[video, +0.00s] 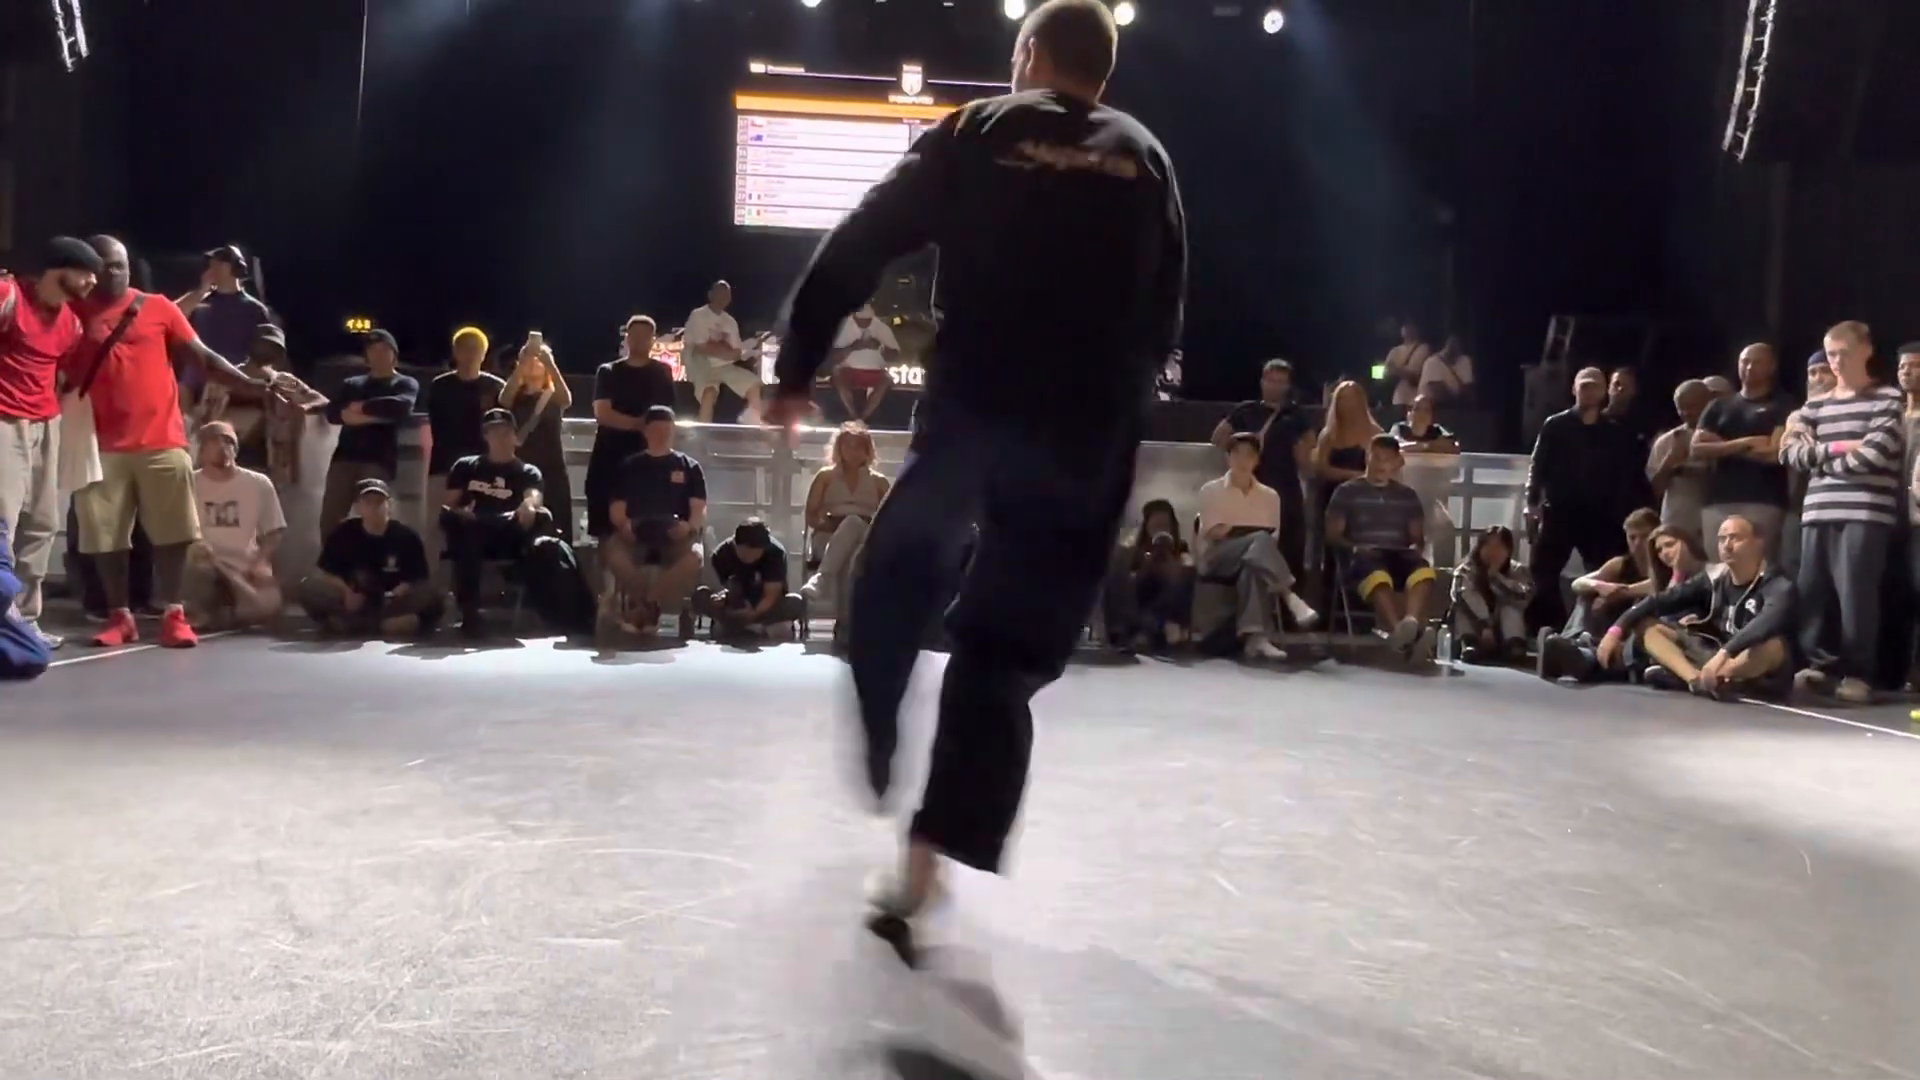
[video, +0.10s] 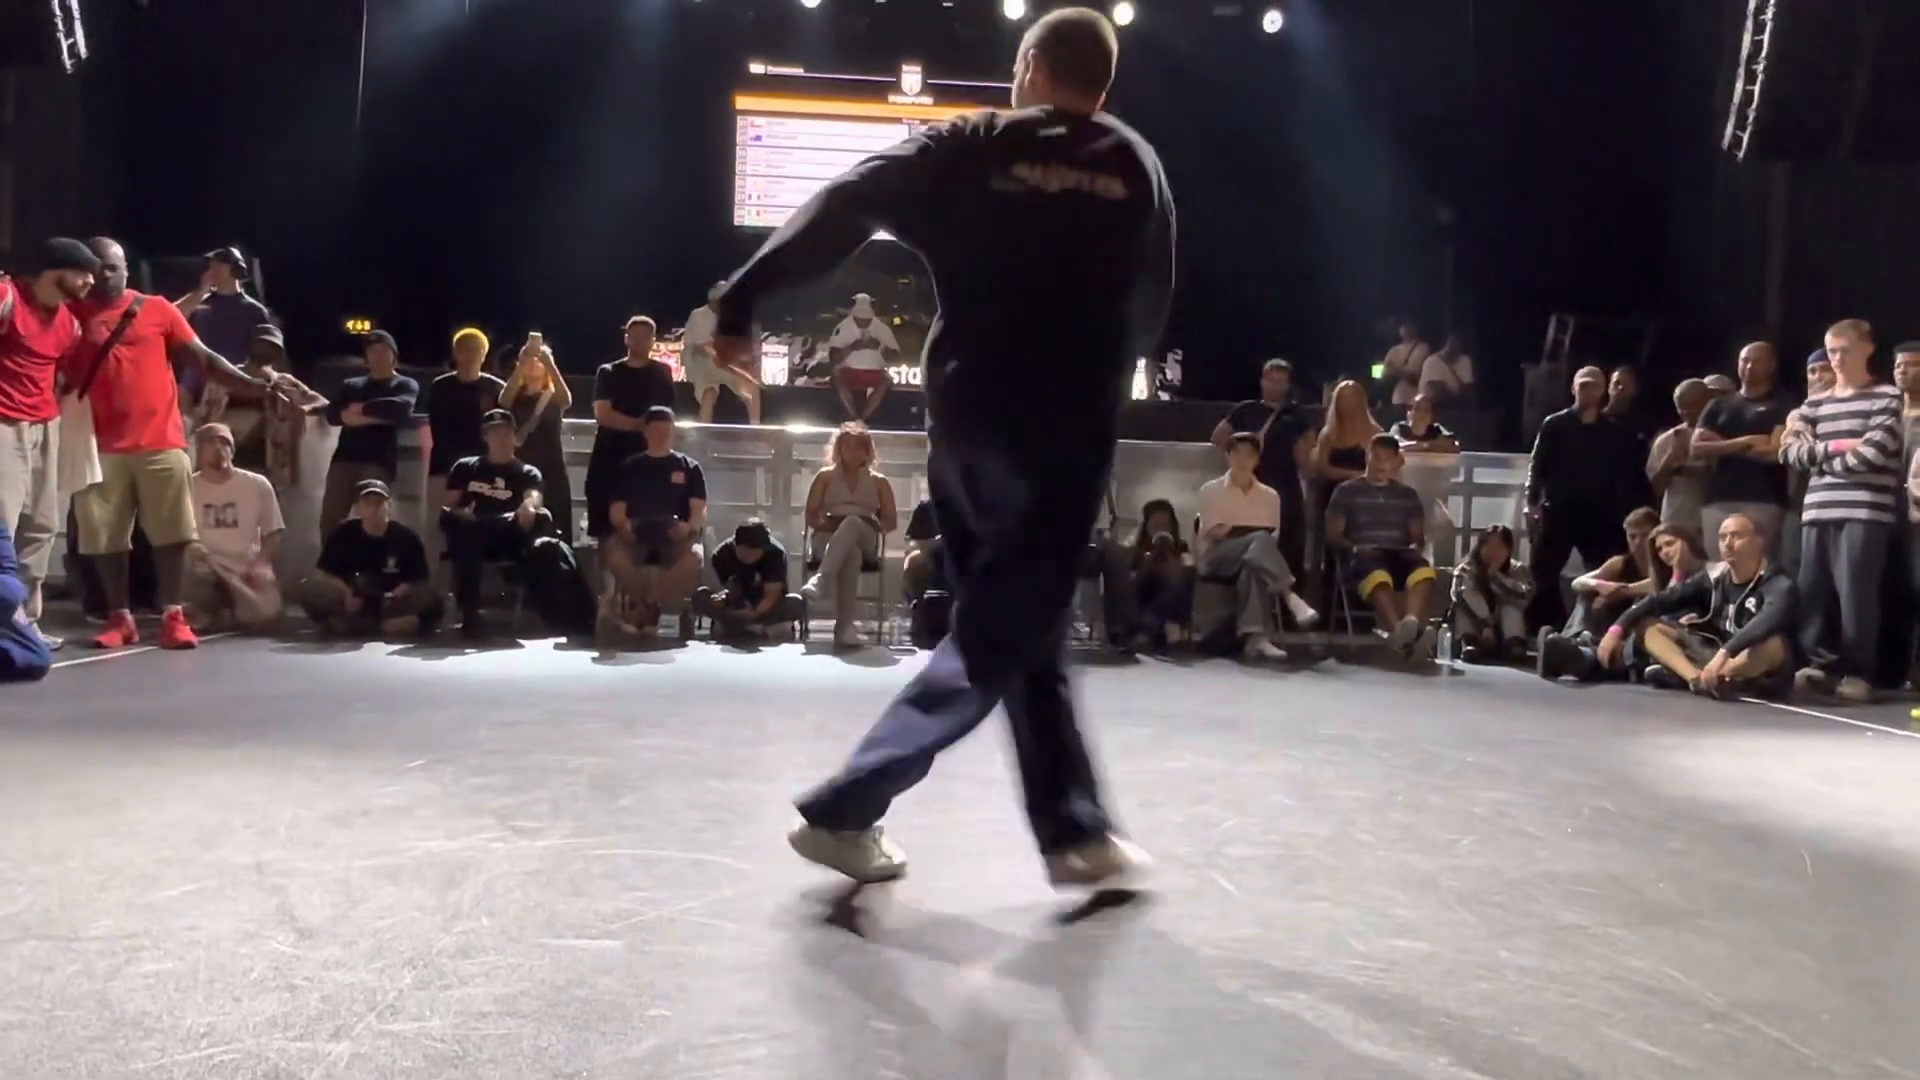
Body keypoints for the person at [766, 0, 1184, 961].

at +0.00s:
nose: (1012, 65)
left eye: (1017, 52)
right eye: (1026, 54)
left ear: (1029, 55)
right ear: (1106, 75)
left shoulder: (969, 135)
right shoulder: (1150, 163)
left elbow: (858, 245)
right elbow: (1162, 328)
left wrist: (795, 367)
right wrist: (1101, 391)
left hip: (970, 409)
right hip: (1082, 437)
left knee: (900, 579)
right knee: (1002, 655)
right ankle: (920, 868)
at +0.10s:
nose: (1018, 82)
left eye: (1019, 69)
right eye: (1029, 72)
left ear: (1028, 70)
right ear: (1110, 84)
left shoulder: (963, 145)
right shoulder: (1139, 164)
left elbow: (841, 206)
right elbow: (1153, 303)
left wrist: (738, 299)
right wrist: (1113, 360)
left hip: (970, 404)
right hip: (1074, 416)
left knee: (1022, 626)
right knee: (994, 633)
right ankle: (843, 808)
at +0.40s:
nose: (1176, 65)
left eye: (1179, 47)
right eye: (1164, 43)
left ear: (1124, 49)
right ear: (1102, 40)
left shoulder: (1107, 172)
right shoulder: (1049, 109)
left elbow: (1096, 304)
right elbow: (990, 146)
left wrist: (1104, 353)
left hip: (1030, 394)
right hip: (957, 386)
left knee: (1057, 629)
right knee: (909, 615)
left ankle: (1094, 873)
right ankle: (841, 813)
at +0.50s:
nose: (1065, 15)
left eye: (1084, 4)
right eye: (1063, 5)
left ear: (1136, 17)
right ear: (1050, 17)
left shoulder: (1158, 160)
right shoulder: (992, 109)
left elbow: (1150, 305)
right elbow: (873, 184)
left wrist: (997, 324)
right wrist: (924, 289)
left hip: (1051, 408)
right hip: (942, 400)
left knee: (1047, 638)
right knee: (913, 607)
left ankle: (1071, 894)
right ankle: (968, 784)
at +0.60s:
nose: (994, 27)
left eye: (1001, 11)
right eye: (1001, 12)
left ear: (1024, 20)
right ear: (1082, 29)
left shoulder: (1058, 130)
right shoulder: (1065, 123)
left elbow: (1031, 286)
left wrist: (931, 327)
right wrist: (951, 317)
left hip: (1014, 445)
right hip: (1032, 438)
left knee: (978, 657)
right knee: (1026, 640)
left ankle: (1039, 896)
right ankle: (1094, 828)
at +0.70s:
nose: (973, 37)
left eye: (972, 25)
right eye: (1038, 26)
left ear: (970, 32)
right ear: (1060, 34)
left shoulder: (973, 138)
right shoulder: (1088, 130)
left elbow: (917, 303)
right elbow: (1128, 275)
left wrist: (967, 391)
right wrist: (1070, 350)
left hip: (997, 425)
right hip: (1078, 417)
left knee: (964, 647)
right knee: (1068, 629)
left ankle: (1036, 890)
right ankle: (1091, 837)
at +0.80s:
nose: (961, 34)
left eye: (959, 22)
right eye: (1027, 20)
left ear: (954, 27)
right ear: (1045, 24)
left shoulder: (979, 127)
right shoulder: (1075, 120)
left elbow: (921, 308)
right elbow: (1118, 276)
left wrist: (962, 340)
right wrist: (1024, 325)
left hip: (1007, 420)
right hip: (1072, 412)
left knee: (977, 641)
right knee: (1061, 621)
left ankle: (1038, 890)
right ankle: (1089, 834)